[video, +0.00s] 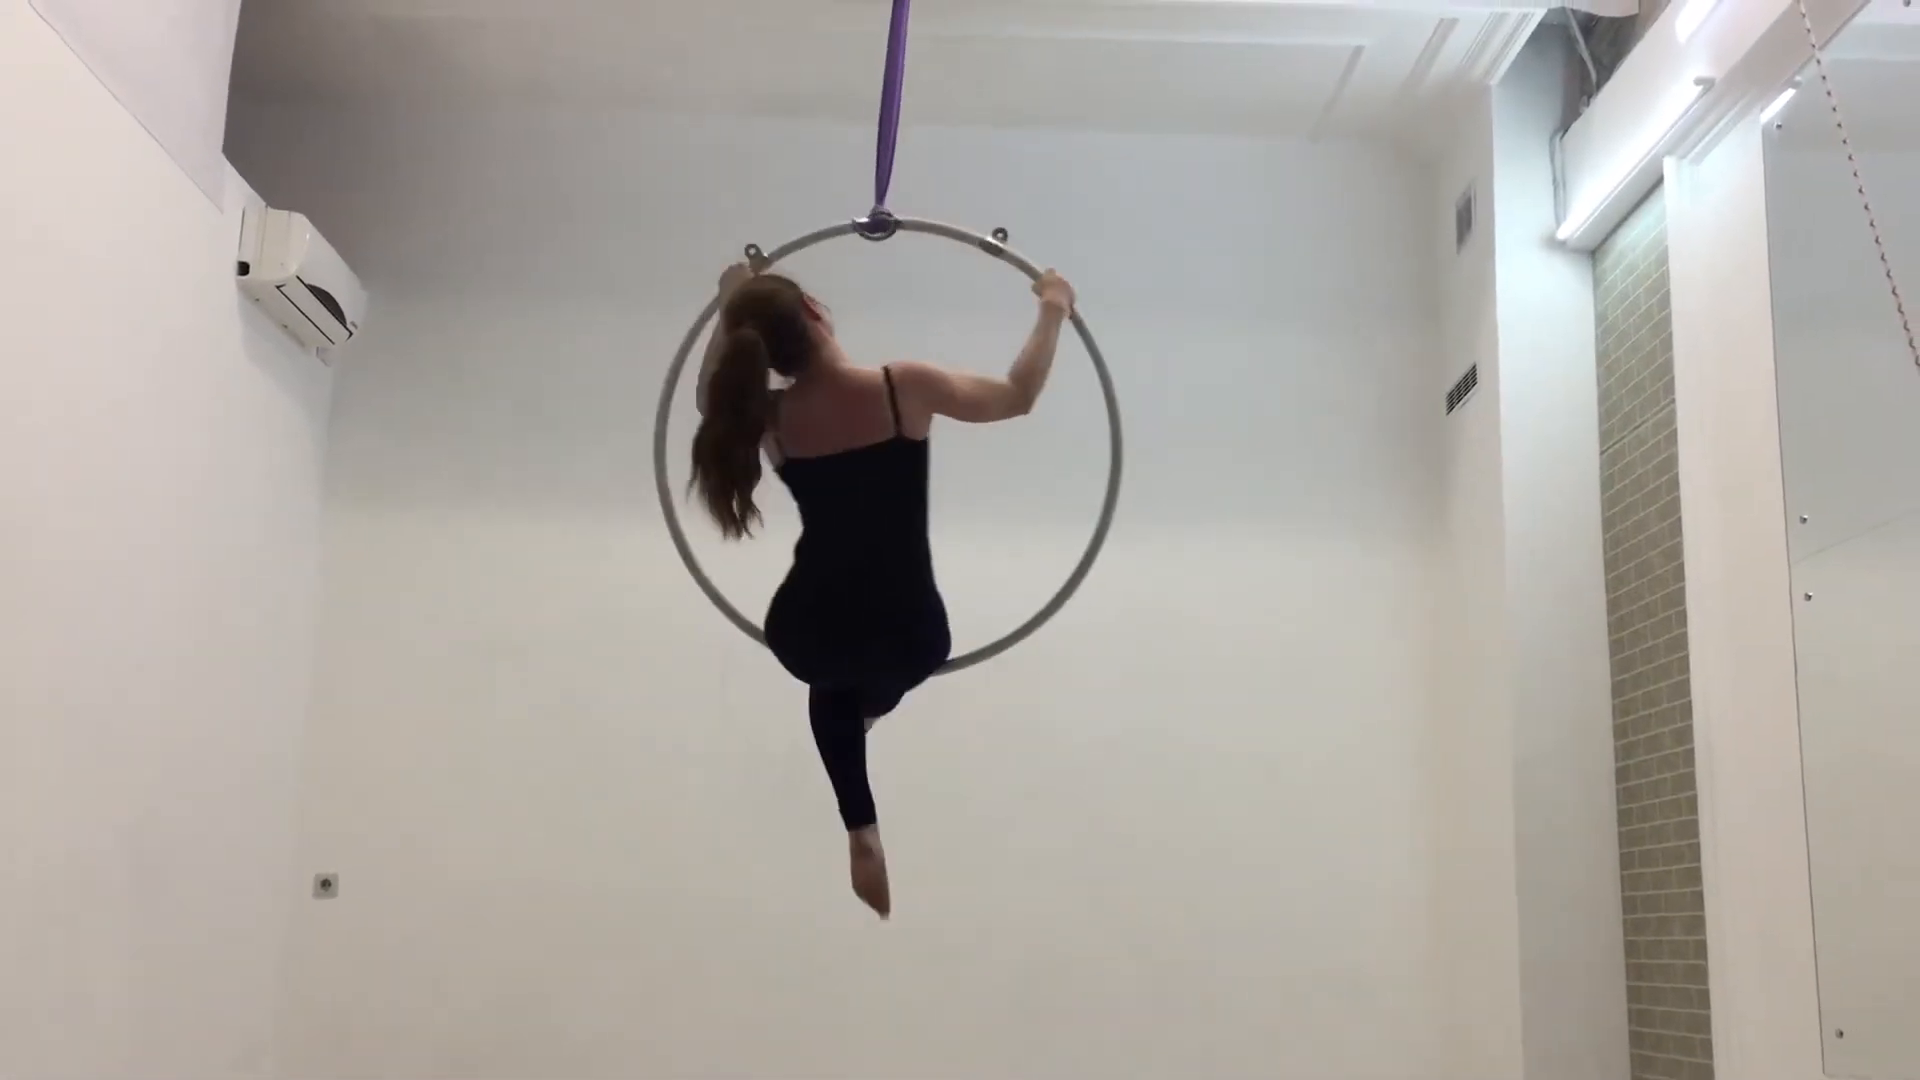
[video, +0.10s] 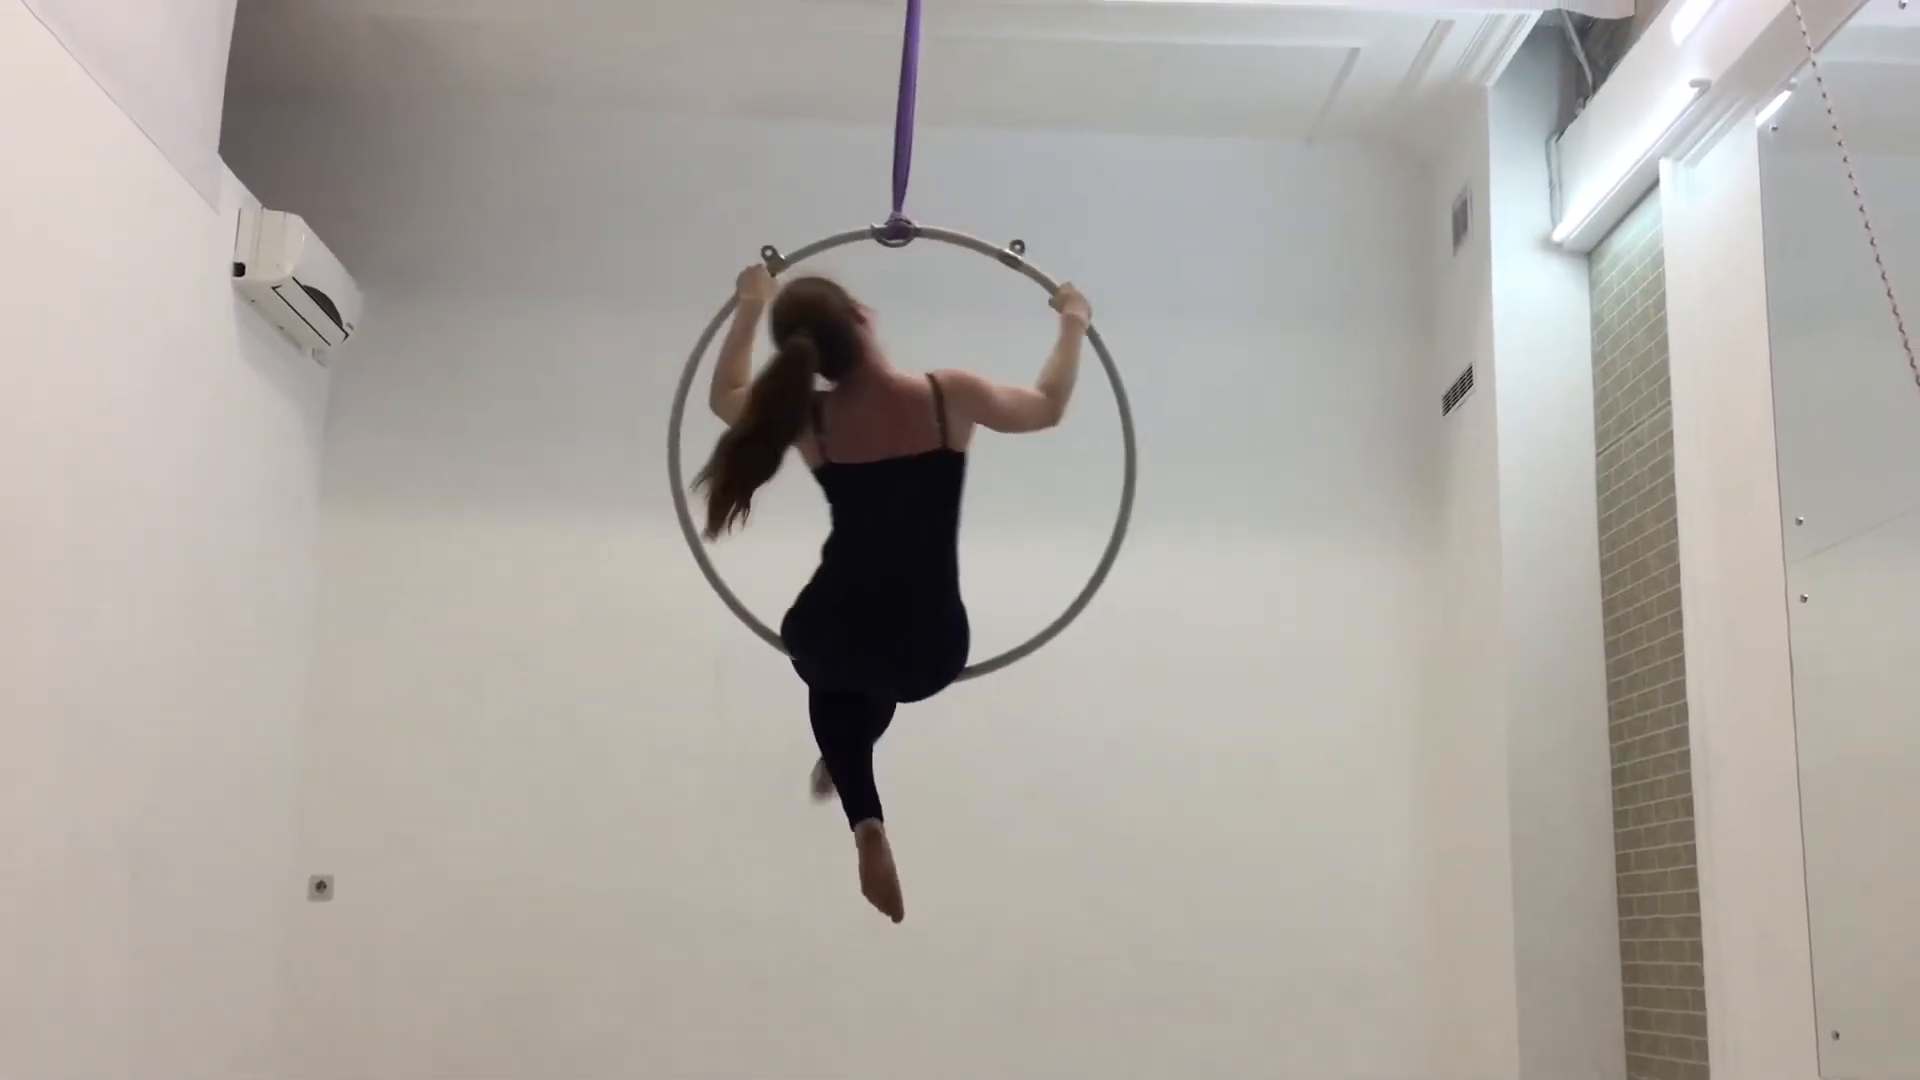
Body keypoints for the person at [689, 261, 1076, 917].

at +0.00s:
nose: (821, 305)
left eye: (809, 300)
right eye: (815, 300)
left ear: (766, 348)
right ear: (818, 313)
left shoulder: (778, 423)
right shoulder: (907, 386)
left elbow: (726, 394)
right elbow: (1016, 395)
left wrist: (736, 311)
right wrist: (1053, 310)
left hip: (817, 624)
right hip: (907, 623)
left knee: (828, 692)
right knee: (879, 686)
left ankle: (863, 835)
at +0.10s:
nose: (867, 306)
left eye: (853, 302)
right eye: (858, 303)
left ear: (811, 351)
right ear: (863, 317)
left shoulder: (811, 421)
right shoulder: (949, 394)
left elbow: (726, 399)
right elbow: (1048, 407)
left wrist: (749, 308)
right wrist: (1074, 325)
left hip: (835, 634)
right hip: (928, 639)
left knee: (832, 690)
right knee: (881, 685)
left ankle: (869, 825)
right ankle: (834, 764)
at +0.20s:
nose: (922, 311)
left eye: (911, 305)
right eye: (915, 306)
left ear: (856, 352)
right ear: (916, 322)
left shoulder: (853, 415)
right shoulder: (996, 403)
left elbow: (758, 397)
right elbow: (1076, 419)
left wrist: (775, 301)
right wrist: (1094, 339)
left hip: (855, 630)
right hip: (949, 644)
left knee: (824, 667)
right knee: (879, 693)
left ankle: (872, 801)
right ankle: (816, 832)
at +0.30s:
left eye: (917, 338)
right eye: (970, 319)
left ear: (911, 351)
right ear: (977, 329)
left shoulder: (905, 416)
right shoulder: (1036, 410)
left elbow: (794, 391)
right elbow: (1102, 432)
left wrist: (805, 291)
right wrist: (1112, 349)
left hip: (881, 622)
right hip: (973, 640)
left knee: (823, 684)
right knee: (873, 708)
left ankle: (889, 797)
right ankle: (830, 858)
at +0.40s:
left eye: (971, 323)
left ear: (966, 341)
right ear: (1035, 334)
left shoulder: (939, 414)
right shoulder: (1066, 418)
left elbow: (822, 387)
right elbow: (1118, 440)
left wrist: (830, 285)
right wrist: (1118, 356)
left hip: (912, 619)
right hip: (997, 634)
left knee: (818, 687)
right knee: (869, 698)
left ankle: (914, 795)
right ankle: (871, 836)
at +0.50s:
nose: (1008, 330)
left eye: (1012, 322)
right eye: (1017, 321)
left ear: (1016, 342)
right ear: (1083, 350)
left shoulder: (973, 412)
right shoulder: (1089, 427)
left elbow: (852, 382)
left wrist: (857, 280)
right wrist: (1063, 324)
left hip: (941, 616)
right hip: (1020, 633)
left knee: (816, 690)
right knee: (880, 706)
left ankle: (937, 780)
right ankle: (922, 814)